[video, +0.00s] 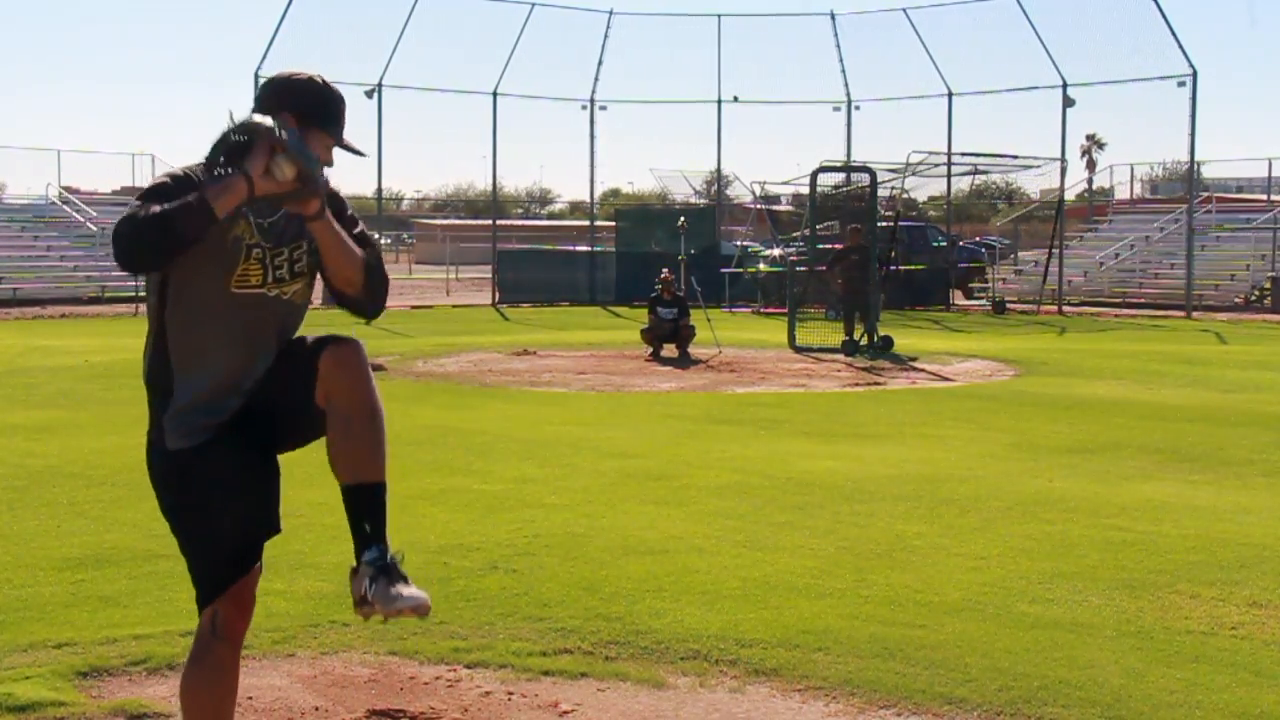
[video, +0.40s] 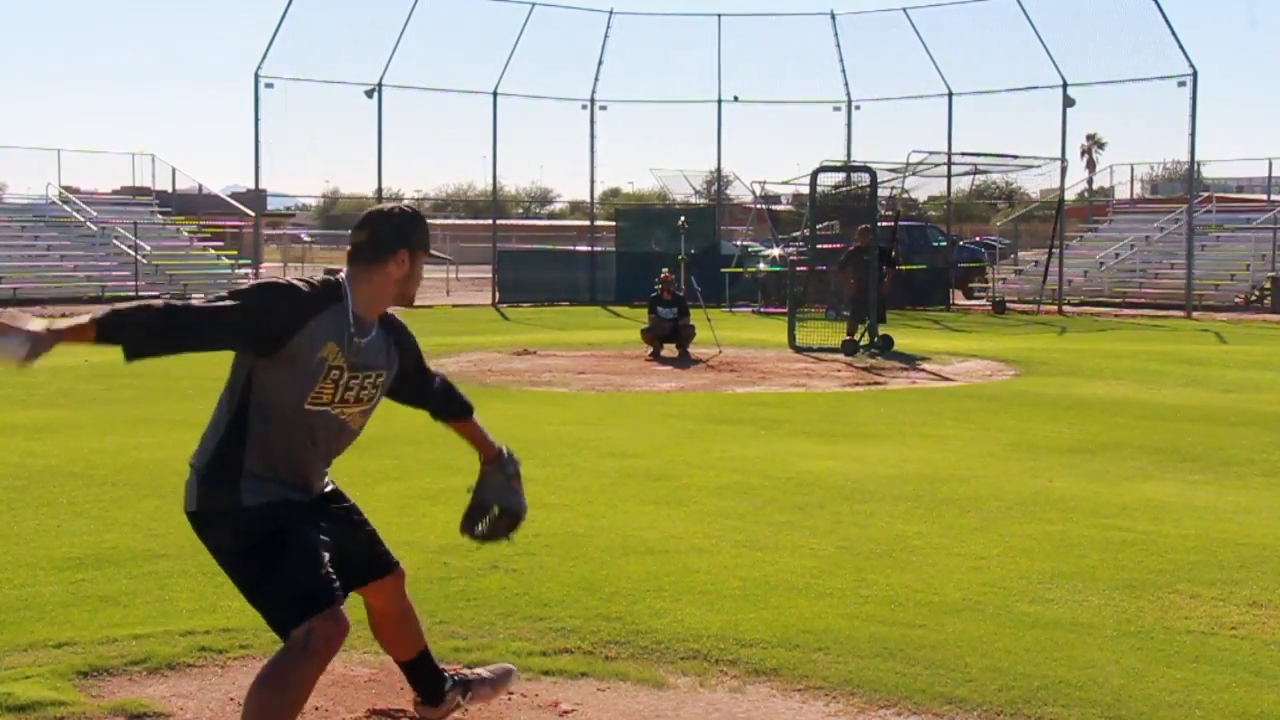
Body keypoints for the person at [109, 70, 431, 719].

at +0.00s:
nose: (327, 161)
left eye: (331, 149)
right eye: (322, 145)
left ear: (313, 142)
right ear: (282, 130)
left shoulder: (321, 203)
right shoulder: (197, 186)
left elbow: (369, 300)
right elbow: (130, 247)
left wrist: (319, 218)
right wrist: (242, 186)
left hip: (268, 391)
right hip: (195, 425)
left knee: (344, 358)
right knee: (228, 608)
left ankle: (374, 565)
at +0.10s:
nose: (351, 175)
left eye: (353, 162)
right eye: (347, 159)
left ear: (310, 158)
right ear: (313, 153)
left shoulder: (330, 241)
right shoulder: (212, 221)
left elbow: (337, 358)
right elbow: (114, 315)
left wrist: (313, 328)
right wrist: (239, 319)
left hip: (279, 418)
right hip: (200, 439)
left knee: (373, 451)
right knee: (248, 603)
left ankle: (388, 653)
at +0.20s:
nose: (372, 215)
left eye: (374, 202)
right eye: (372, 200)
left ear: (323, 194)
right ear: (345, 196)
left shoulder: (341, 292)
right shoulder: (226, 265)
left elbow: (344, 394)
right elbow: (130, 358)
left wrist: (346, 478)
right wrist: (157, 473)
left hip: (291, 450)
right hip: (211, 462)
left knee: (388, 537)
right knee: (277, 605)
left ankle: (427, 706)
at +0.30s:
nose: (399, 252)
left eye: (400, 238)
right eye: (398, 236)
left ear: (357, 234)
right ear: (372, 235)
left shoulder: (365, 330)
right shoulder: (255, 295)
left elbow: (396, 426)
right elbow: (149, 362)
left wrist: (448, 523)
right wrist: (50, 447)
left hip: (293, 474)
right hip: (210, 479)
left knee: (397, 578)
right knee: (298, 609)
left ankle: (453, 713)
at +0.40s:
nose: (422, 275)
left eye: (423, 264)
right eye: (421, 262)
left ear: (380, 260)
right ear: (400, 261)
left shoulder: (393, 343)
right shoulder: (291, 308)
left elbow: (438, 397)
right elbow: (177, 322)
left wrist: (494, 453)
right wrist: (51, 336)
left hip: (309, 490)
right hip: (235, 494)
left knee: (385, 582)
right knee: (323, 627)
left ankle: (437, 694)